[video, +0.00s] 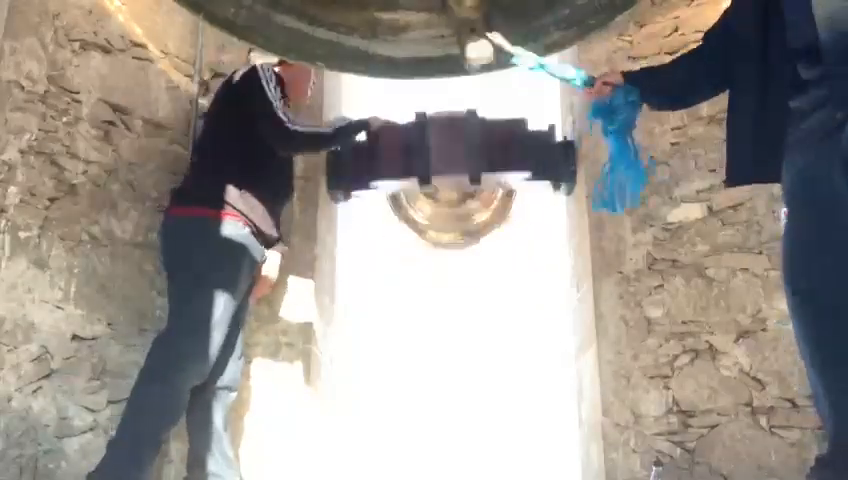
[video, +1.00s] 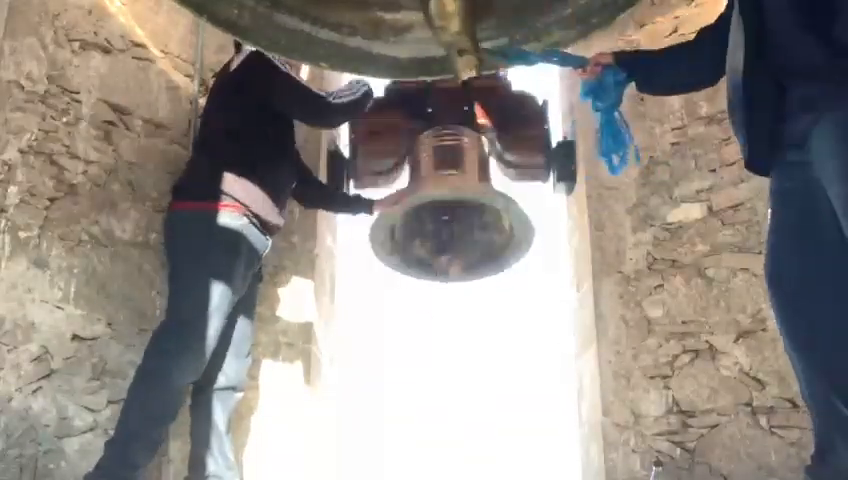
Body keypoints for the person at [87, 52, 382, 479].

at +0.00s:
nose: (312, 88)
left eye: (315, 81)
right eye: (309, 77)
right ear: (289, 65)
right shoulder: (258, 76)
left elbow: (261, 189)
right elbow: (282, 136)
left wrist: (268, 250)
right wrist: (357, 128)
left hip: (241, 241)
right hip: (215, 227)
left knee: (221, 377)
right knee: (188, 358)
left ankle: (215, 471)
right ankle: (118, 470)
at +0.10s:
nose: (318, 84)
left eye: (320, 74)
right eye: (316, 71)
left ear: (290, 65)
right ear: (297, 63)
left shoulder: (274, 99)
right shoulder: (267, 81)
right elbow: (292, 154)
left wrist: (279, 234)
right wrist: (361, 199)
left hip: (239, 240)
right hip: (216, 228)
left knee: (223, 378)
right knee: (184, 357)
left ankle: (217, 471)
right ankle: (119, 471)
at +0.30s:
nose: (312, 84)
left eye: (313, 80)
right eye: (311, 74)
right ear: (298, 64)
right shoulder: (269, 78)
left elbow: (258, 199)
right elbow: (319, 146)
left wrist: (306, 191)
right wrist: (375, 219)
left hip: (241, 243)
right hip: (210, 226)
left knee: (217, 379)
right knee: (177, 355)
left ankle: (215, 472)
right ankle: (116, 470)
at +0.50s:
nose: (304, 64)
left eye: (308, 57)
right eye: (301, 54)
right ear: (284, 50)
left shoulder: (286, 102)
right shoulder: (261, 73)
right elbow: (296, 152)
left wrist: (322, 136)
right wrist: (347, 222)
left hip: (248, 239)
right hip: (216, 225)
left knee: (221, 380)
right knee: (187, 358)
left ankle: (216, 473)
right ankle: (118, 470)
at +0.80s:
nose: (308, 62)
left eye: (310, 54)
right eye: (304, 50)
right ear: (283, 41)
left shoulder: (276, 91)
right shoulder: (257, 66)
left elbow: (316, 155)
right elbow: (289, 144)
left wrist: (368, 124)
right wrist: (352, 162)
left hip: (251, 237)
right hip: (220, 222)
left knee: (224, 378)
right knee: (187, 357)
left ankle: (215, 473)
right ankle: (117, 470)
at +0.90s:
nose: (306, 61)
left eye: (309, 54)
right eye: (303, 50)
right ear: (285, 43)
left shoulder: (276, 102)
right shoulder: (257, 67)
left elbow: (310, 178)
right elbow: (304, 131)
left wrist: (369, 163)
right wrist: (365, 128)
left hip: (251, 238)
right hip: (220, 222)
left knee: (225, 376)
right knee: (188, 357)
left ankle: (215, 473)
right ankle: (119, 470)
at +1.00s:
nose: (303, 61)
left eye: (304, 57)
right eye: (297, 53)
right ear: (275, 43)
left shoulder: (273, 119)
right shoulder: (255, 67)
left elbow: (307, 188)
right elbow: (324, 111)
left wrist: (373, 206)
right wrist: (372, 84)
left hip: (250, 241)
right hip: (216, 218)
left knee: (225, 380)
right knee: (186, 352)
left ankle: (216, 474)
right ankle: (117, 470)